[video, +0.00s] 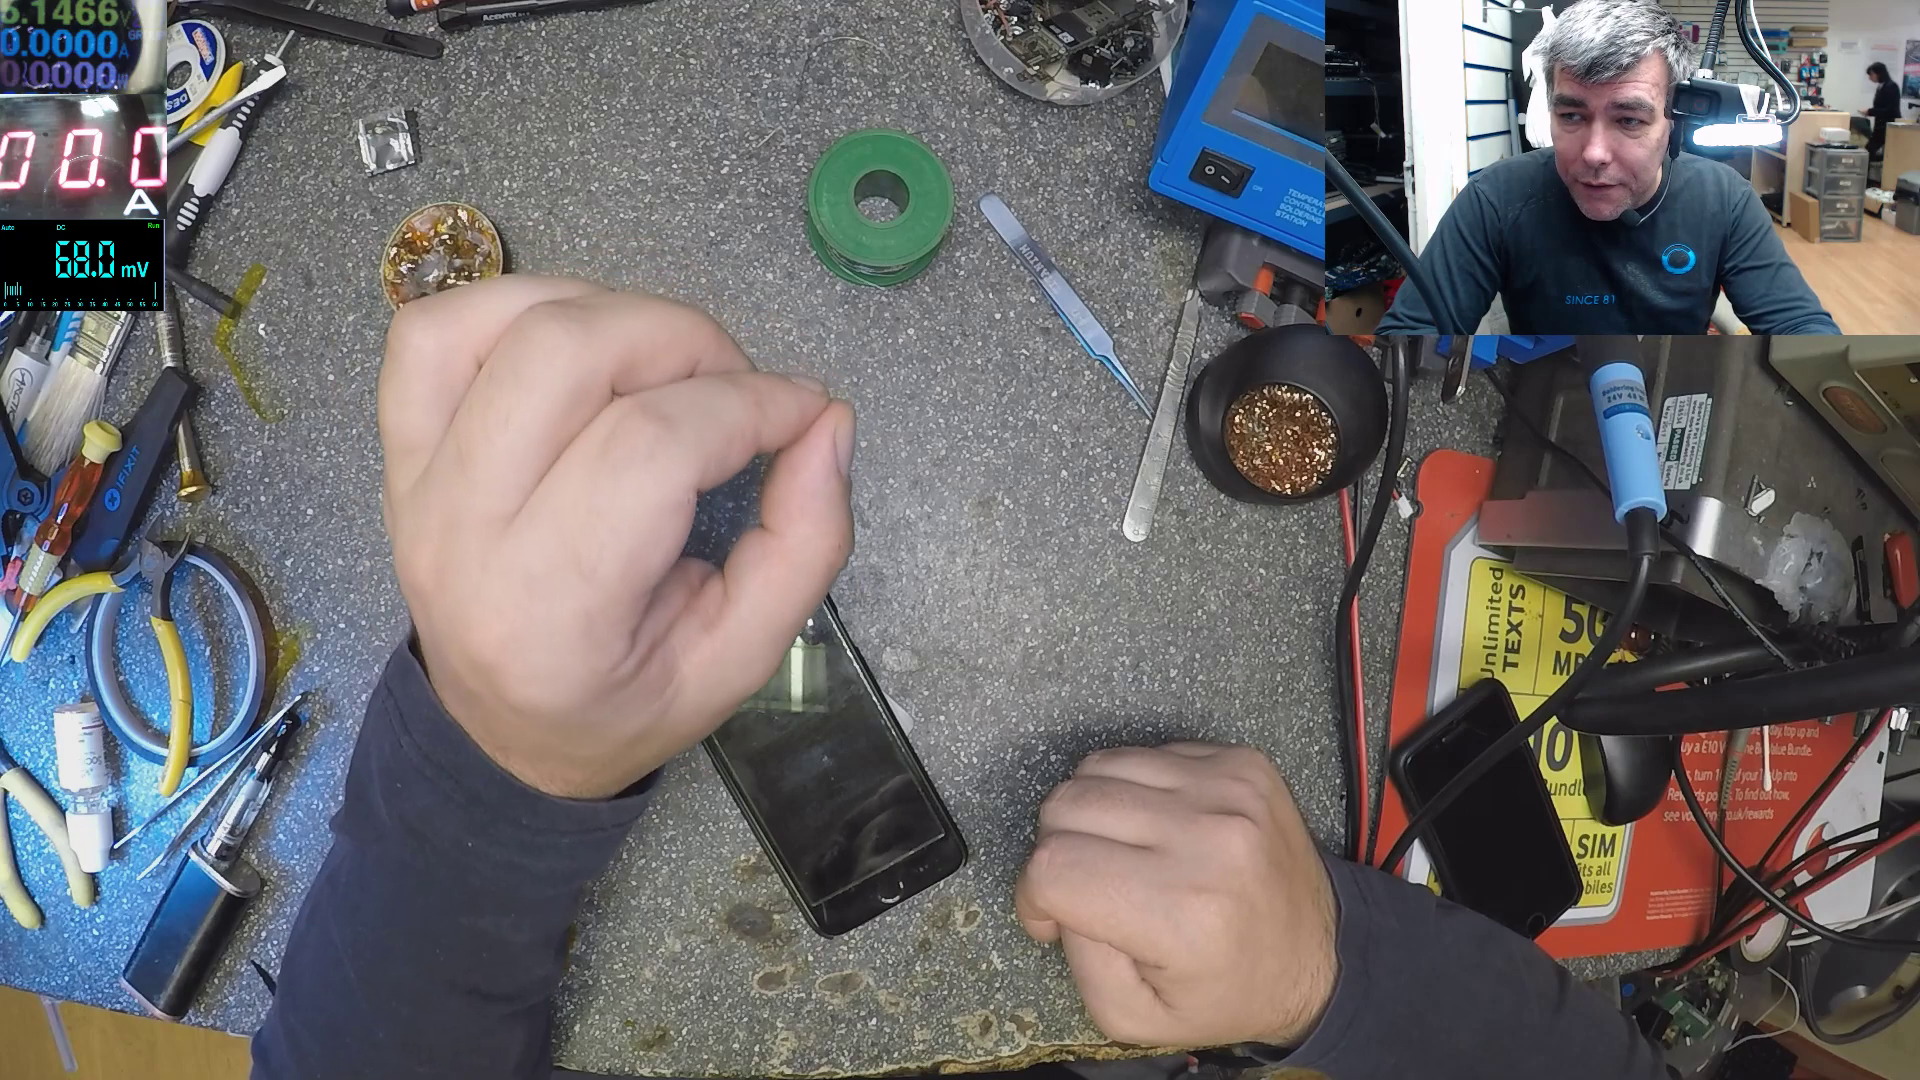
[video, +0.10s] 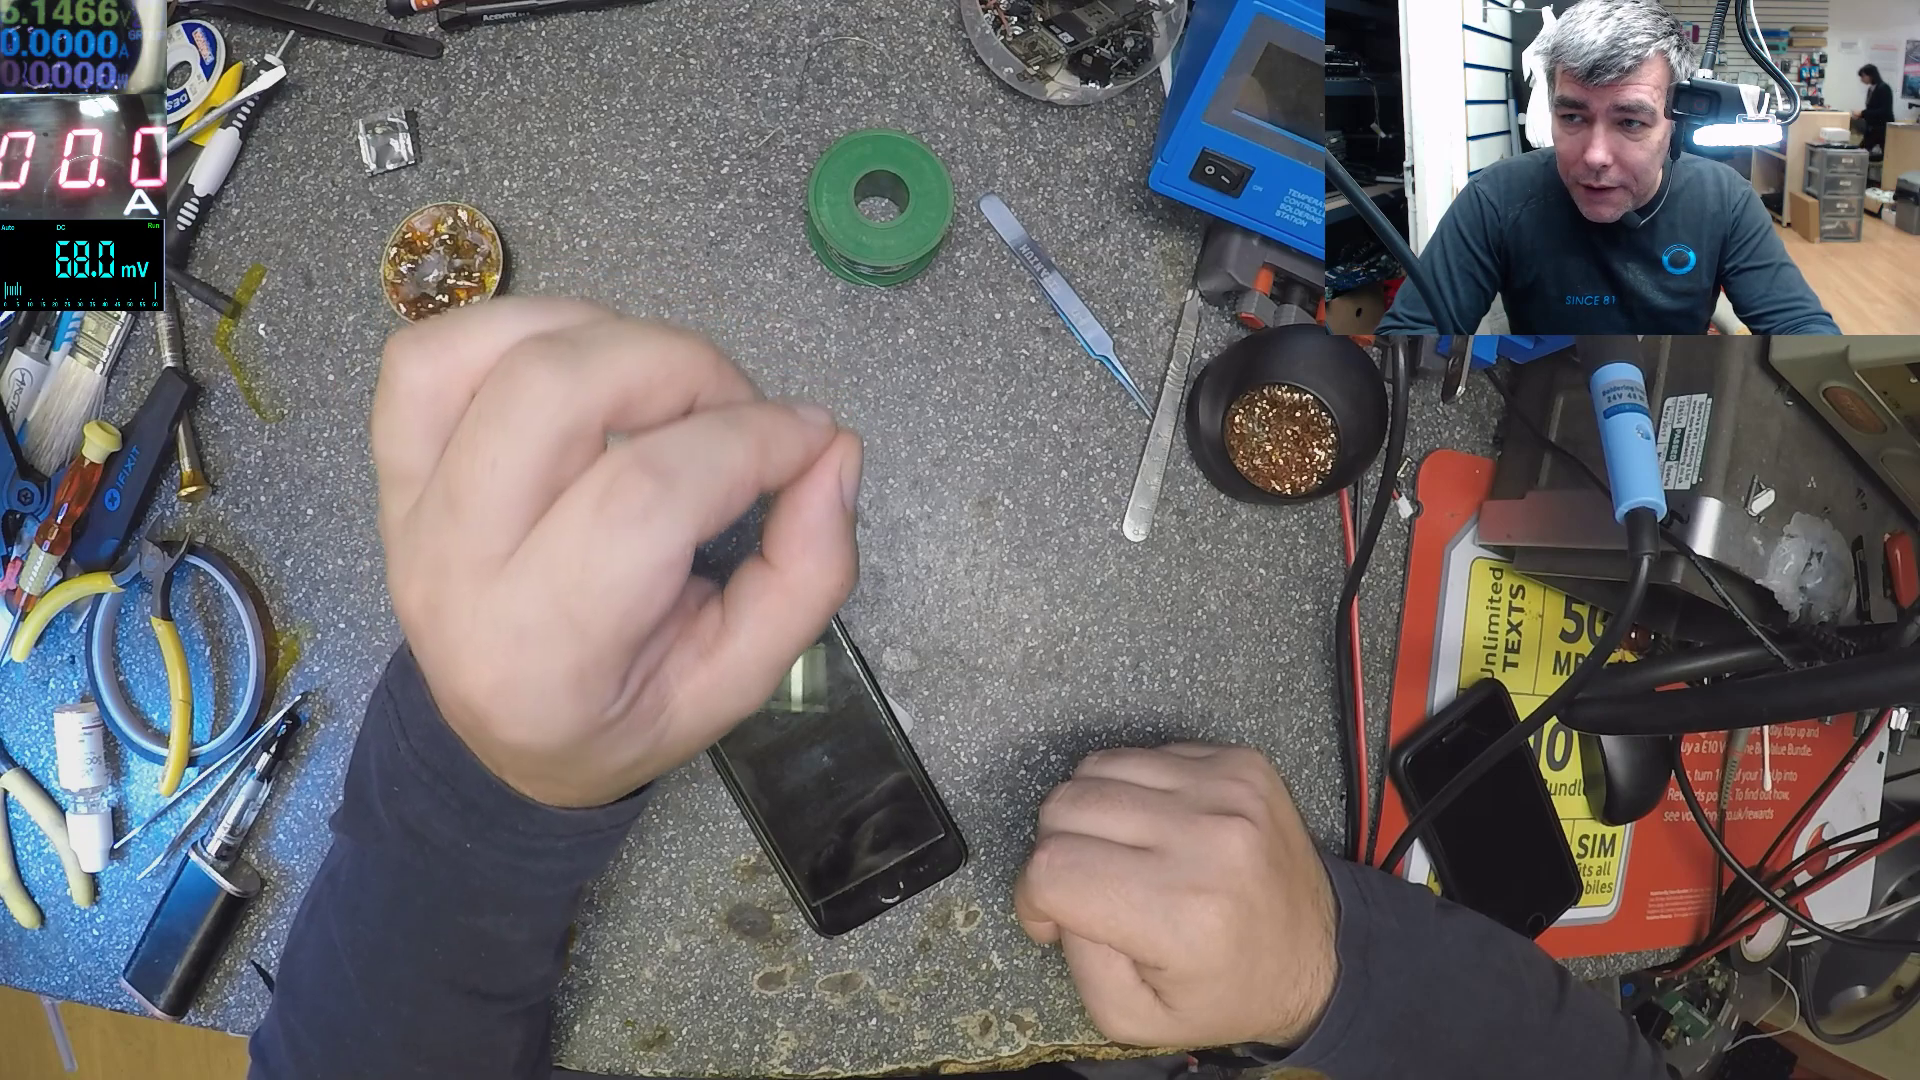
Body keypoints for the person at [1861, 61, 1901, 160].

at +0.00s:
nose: (1870, 78)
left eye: (1871, 74)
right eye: (1869, 75)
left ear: (1877, 73)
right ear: (1878, 74)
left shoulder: (1890, 87)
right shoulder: (1881, 87)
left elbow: (1887, 110)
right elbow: (1882, 108)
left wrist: (1869, 112)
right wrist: (1869, 112)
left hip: (1888, 127)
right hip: (1881, 125)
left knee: (1869, 150)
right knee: (1869, 150)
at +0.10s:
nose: (1861, 79)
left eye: (1862, 76)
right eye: (1861, 77)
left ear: (1869, 75)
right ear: (1869, 76)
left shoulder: (1883, 89)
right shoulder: (1871, 89)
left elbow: (1883, 111)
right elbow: (1872, 109)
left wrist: (1862, 114)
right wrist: (1861, 114)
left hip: (1882, 127)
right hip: (1872, 126)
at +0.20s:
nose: (1846, 83)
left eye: (1848, 80)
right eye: (1846, 80)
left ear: (1854, 79)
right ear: (1854, 80)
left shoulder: (1871, 91)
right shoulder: (1855, 93)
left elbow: (1874, 112)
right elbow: (1855, 112)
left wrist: (1856, 116)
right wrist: (1853, 129)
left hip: (1876, 129)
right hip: (1862, 129)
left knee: (1879, 157)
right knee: (1850, 151)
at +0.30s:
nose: (1824, 88)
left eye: (1826, 85)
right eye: (1824, 86)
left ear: (1832, 85)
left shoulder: (1850, 94)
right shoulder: (1833, 99)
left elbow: (1860, 113)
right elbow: (1834, 117)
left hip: (1864, 128)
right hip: (1849, 130)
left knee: (1873, 156)